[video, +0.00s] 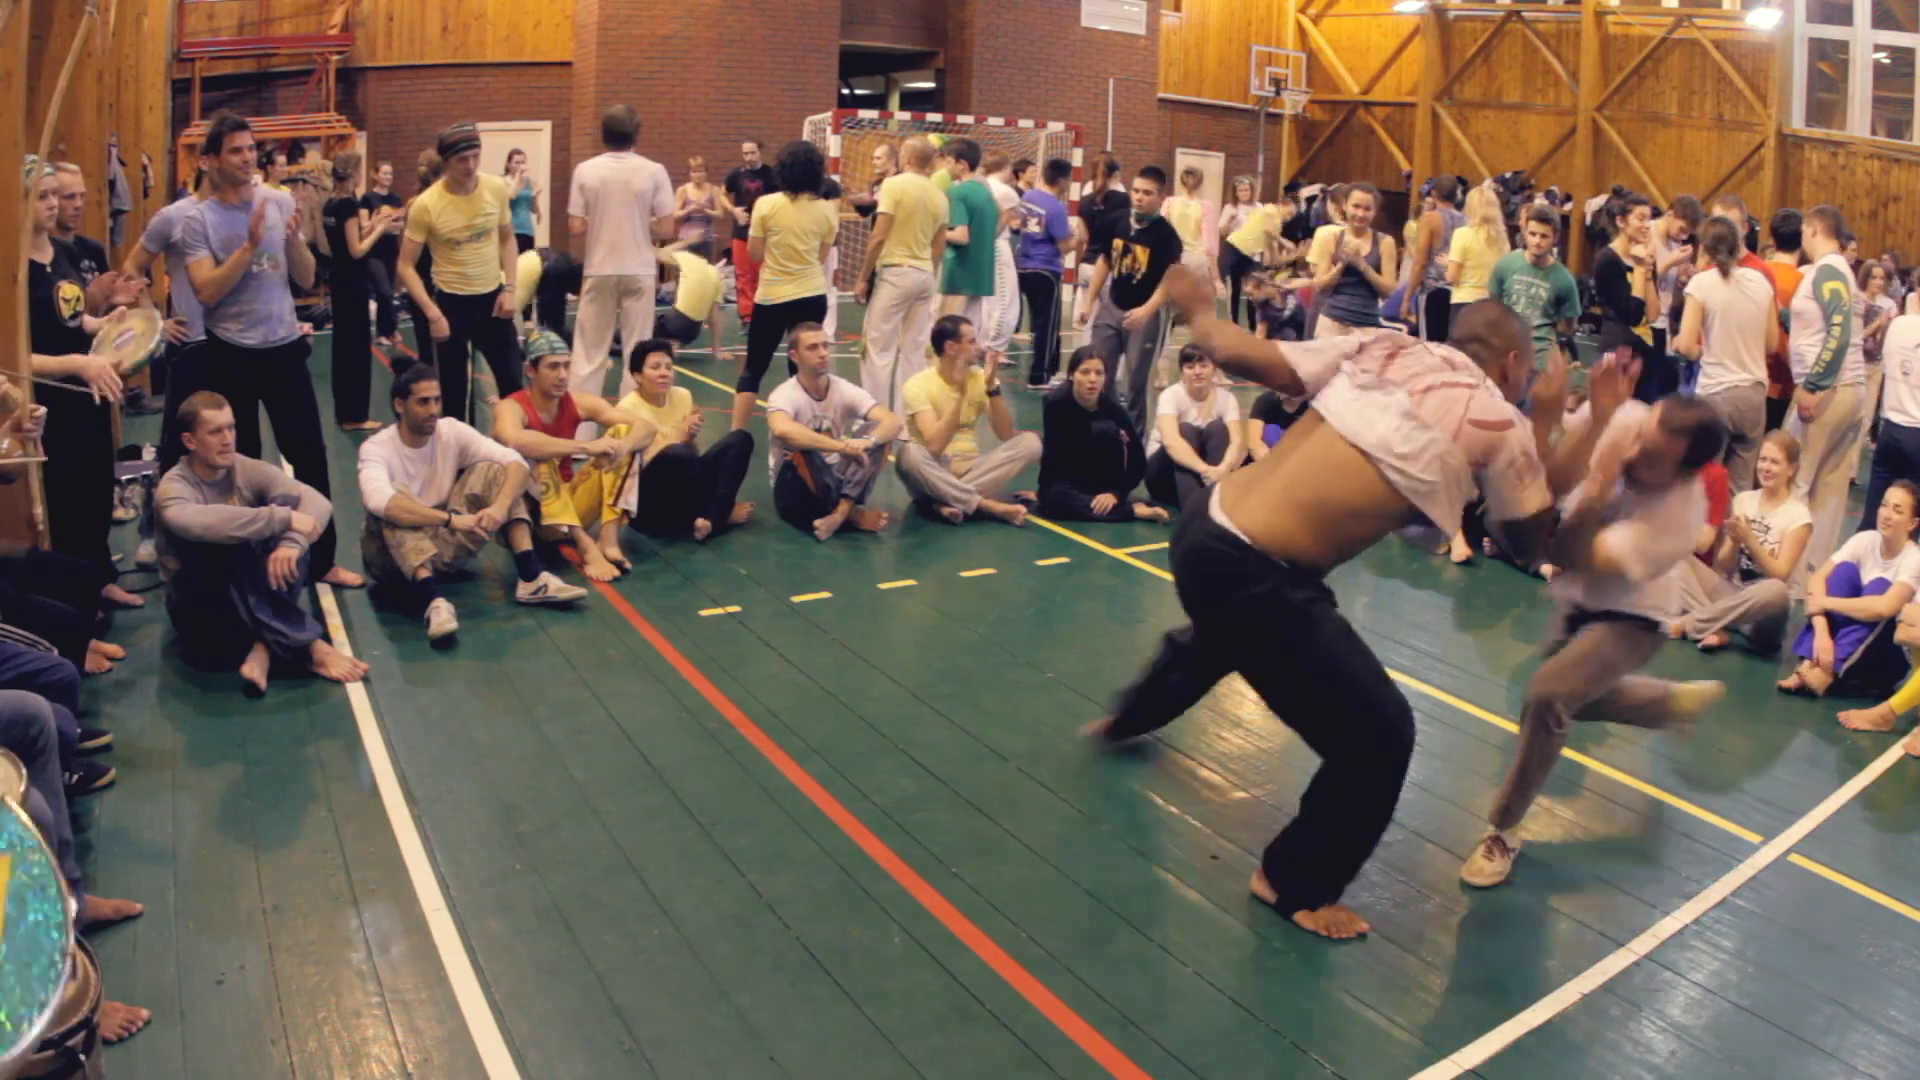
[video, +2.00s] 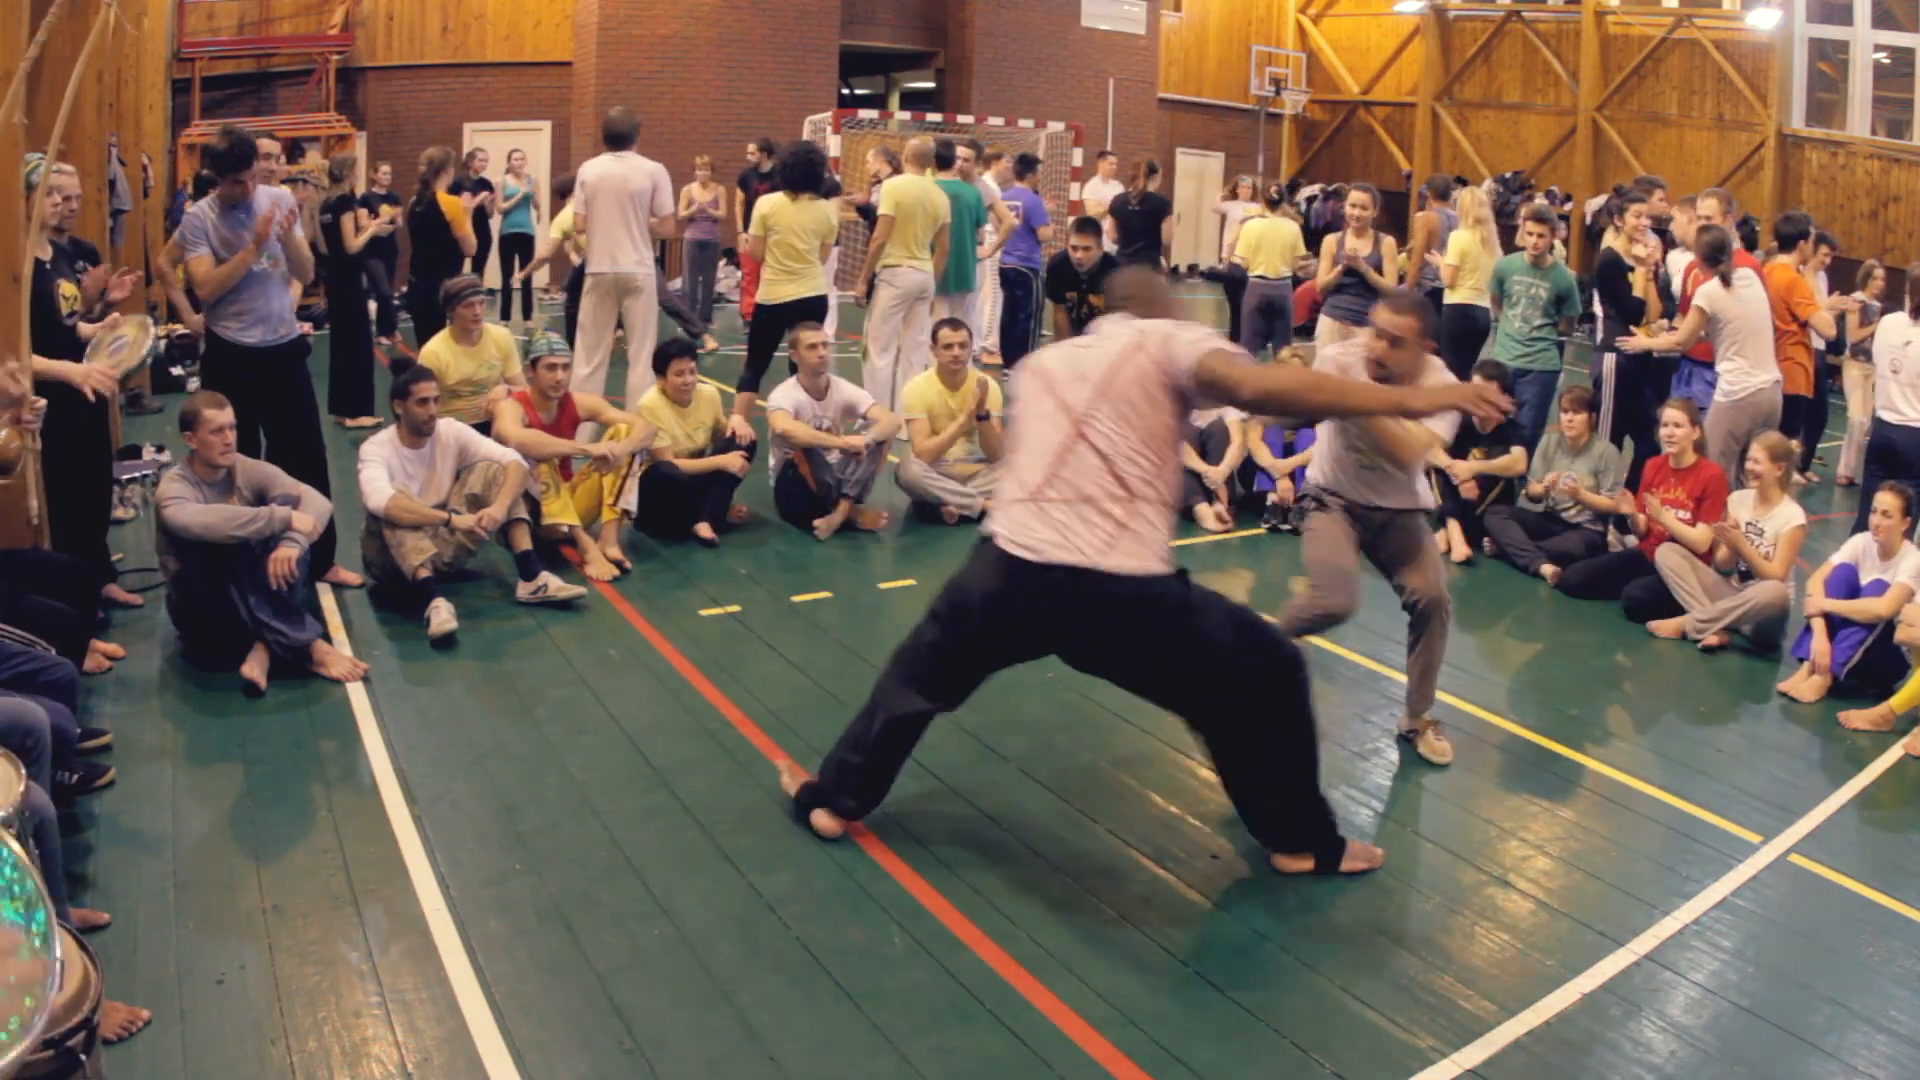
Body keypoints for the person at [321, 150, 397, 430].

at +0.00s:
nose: (365, 175)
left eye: (364, 170)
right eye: (363, 170)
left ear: (338, 172)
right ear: (352, 173)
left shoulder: (329, 205)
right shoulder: (348, 205)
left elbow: (344, 244)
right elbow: (356, 249)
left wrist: (369, 226)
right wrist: (380, 229)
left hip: (339, 278)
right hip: (354, 281)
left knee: (345, 342)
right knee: (358, 343)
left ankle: (346, 413)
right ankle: (355, 416)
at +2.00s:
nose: (360, 177)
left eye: (358, 171)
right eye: (358, 172)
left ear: (334, 173)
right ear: (350, 174)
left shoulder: (325, 204)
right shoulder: (345, 202)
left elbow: (335, 244)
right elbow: (351, 245)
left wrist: (364, 227)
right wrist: (372, 229)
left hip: (335, 279)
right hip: (349, 280)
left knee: (343, 342)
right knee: (357, 343)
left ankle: (342, 409)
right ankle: (356, 413)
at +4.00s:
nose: (369, 174)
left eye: (368, 169)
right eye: (366, 169)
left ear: (343, 172)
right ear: (357, 172)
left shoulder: (334, 202)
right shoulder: (353, 203)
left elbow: (346, 245)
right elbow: (361, 248)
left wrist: (374, 227)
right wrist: (379, 230)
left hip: (342, 280)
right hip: (358, 282)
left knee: (348, 342)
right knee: (361, 345)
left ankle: (346, 411)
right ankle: (356, 414)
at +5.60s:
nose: (371, 172)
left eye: (370, 168)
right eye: (366, 168)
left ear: (349, 171)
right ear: (352, 171)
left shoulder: (336, 203)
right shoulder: (354, 203)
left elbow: (344, 245)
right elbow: (363, 247)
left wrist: (371, 225)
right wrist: (377, 226)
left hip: (343, 279)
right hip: (358, 282)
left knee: (347, 342)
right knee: (360, 344)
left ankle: (346, 410)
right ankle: (356, 414)